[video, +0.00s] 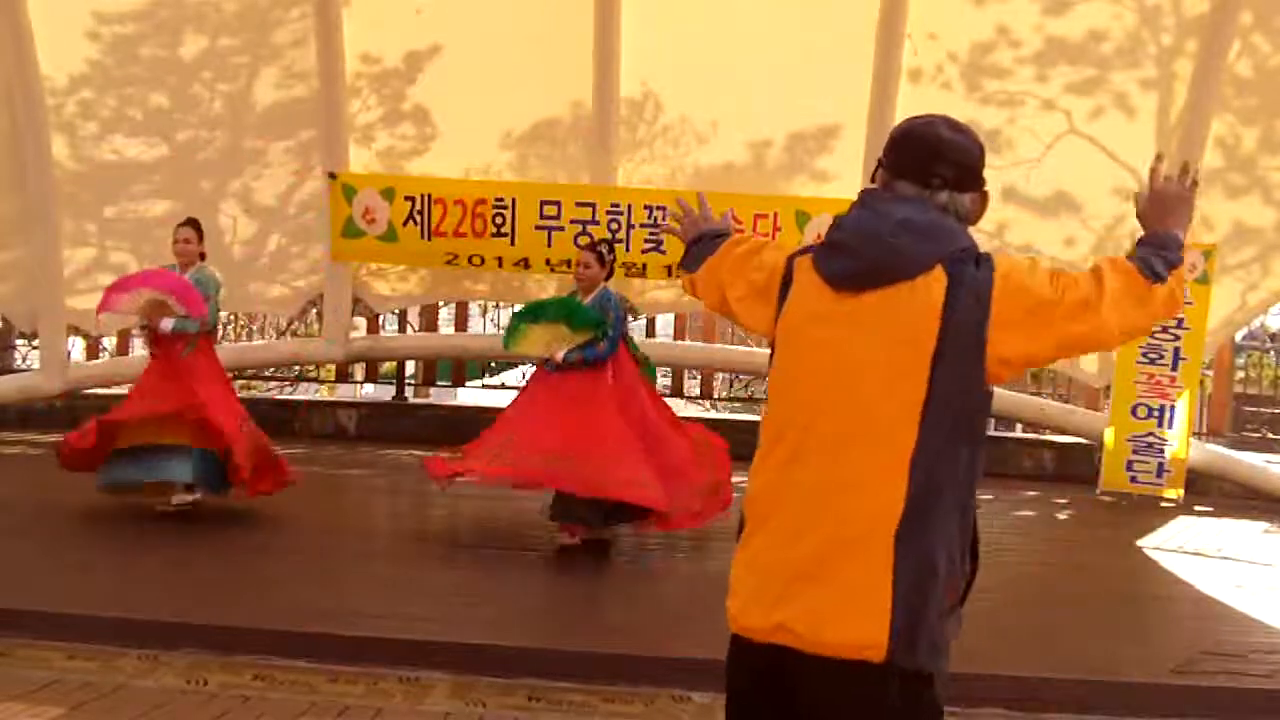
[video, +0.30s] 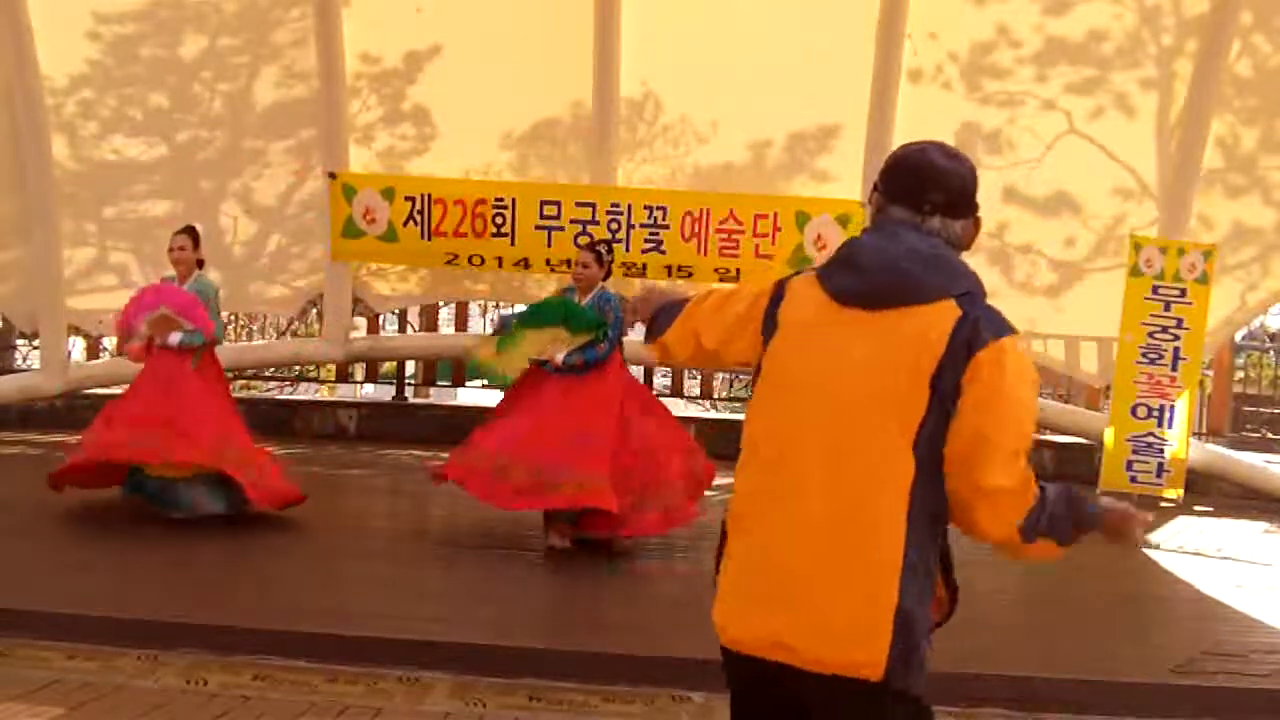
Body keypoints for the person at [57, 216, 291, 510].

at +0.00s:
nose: (181, 247)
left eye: (188, 242)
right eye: (177, 241)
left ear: (201, 246)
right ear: (171, 245)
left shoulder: (206, 278)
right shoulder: (165, 277)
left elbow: (208, 321)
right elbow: (152, 315)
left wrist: (168, 323)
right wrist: (147, 324)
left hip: (195, 357)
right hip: (166, 355)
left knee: (194, 416)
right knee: (165, 415)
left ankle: (192, 486)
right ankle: (171, 484)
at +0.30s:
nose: (176, 254)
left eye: (182, 249)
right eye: (172, 250)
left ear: (197, 253)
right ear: (168, 254)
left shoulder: (206, 288)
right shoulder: (163, 287)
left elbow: (215, 333)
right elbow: (139, 325)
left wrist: (173, 338)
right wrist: (147, 332)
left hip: (196, 367)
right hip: (164, 365)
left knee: (197, 428)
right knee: (159, 425)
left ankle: (207, 495)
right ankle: (166, 493)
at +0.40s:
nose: (175, 255)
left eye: (182, 250)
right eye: (171, 250)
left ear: (197, 255)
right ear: (167, 256)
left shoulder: (207, 291)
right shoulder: (159, 289)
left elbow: (216, 332)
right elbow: (127, 306)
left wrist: (180, 341)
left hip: (195, 366)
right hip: (161, 364)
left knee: (208, 424)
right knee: (140, 416)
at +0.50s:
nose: (175, 254)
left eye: (182, 248)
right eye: (172, 248)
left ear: (197, 253)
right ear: (169, 253)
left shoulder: (210, 289)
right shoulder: (161, 285)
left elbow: (221, 329)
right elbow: (123, 292)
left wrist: (187, 335)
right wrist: (85, 293)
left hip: (195, 365)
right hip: (161, 363)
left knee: (195, 425)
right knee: (158, 424)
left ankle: (197, 494)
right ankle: (161, 490)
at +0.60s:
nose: (175, 251)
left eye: (182, 246)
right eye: (172, 247)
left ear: (199, 251)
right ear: (169, 252)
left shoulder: (209, 286)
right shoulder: (162, 285)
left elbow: (229, 313)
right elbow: (125, 276)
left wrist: (206, 327)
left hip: (199, 361)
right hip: (163, 358)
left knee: (196, 423)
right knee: (160, 422)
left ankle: (194, 495)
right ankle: (162, 492)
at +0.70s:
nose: (175, 249)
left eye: (183, 244)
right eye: (172, 245)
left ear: (199, 249)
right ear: (170, 250)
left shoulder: (211, 281)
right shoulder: (165, 279)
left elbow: (232, 308)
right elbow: (132, 262)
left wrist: (205, 321)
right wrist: (99, 240)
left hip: (200, 360)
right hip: (164, 358)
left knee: (200, 425)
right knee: (163, 422)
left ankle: (201, 500)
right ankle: (169, 492)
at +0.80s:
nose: (177, 248)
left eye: (184, 243)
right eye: (174, 244)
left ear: (201, 248)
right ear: (172, 249)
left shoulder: (209, 279)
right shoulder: (168, 277)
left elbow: (233, 304)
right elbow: (141, 257)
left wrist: (205, 318)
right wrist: (117, 228)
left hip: (198, 359)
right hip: (165, 357)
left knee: (199, 425)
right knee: (167, 424)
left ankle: (202, 500)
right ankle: (173, 499)